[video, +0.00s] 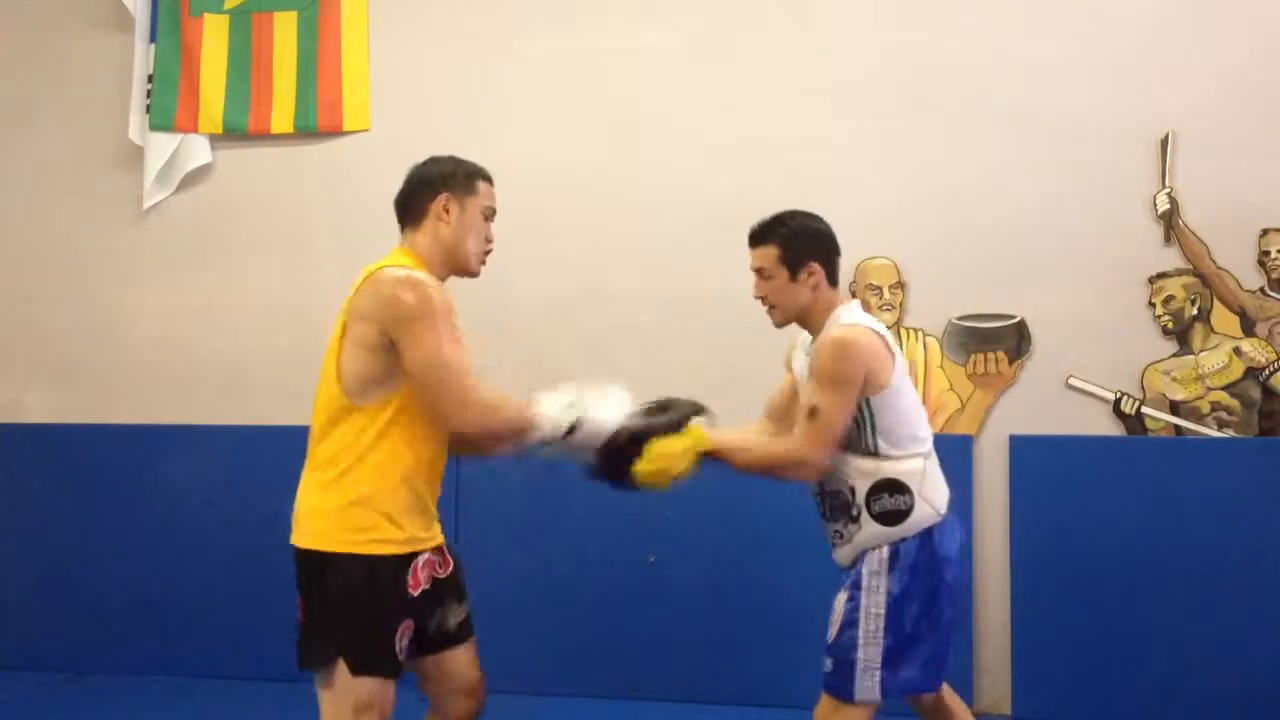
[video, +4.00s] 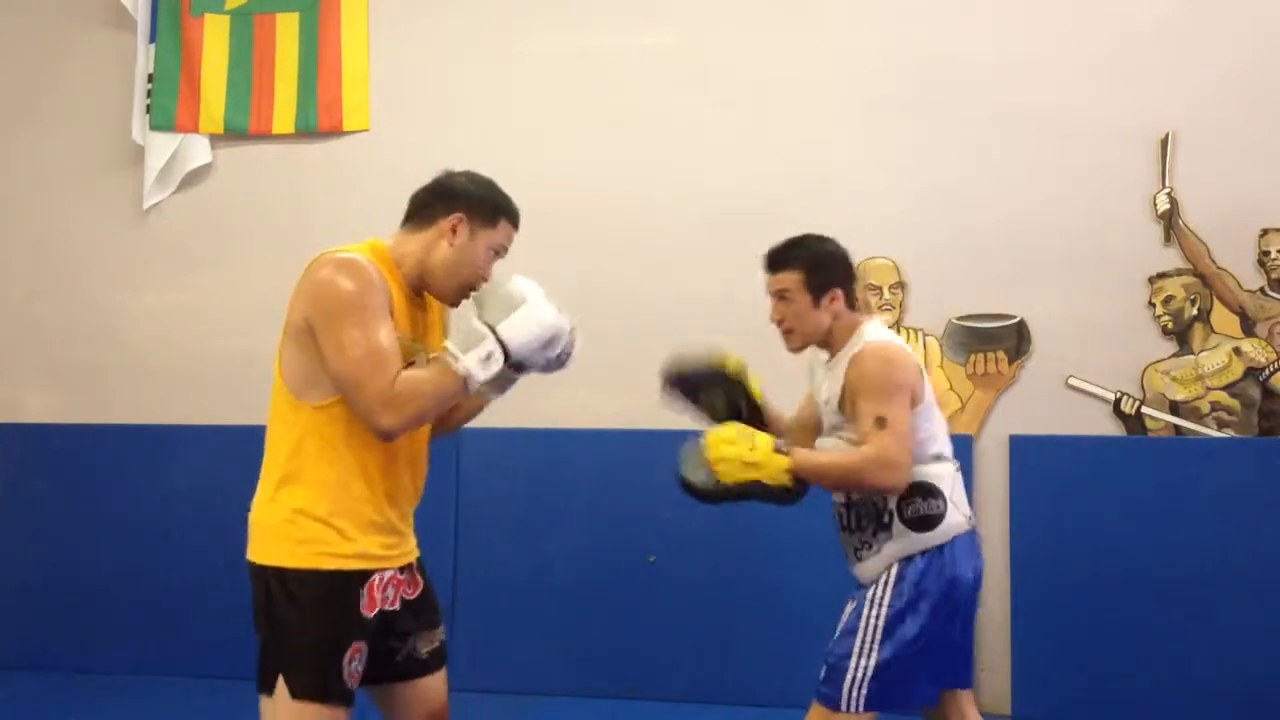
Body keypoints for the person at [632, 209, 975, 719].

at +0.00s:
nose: (756, 291)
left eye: (765, 275)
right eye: (755, 276)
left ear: (812, 277)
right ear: (809, 279)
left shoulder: (845, 343)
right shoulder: (809, 347)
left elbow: (808, 459)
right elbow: (773, 433)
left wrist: (708, 446)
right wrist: (698, 439)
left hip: (896, 543)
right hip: (897, 539)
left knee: (842, 708)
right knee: (925, 688)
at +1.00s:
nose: (835, 283)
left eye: (845, 267)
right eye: (835, 268)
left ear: (889, 272)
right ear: (890, 275)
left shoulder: (904, 333)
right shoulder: (922, 323)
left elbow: (967, 410)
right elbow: (931, 428)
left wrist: (909, 499)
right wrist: (876, 483)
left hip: (940, 538)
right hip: (967, 531)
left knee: (854, 703)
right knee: (981, 700)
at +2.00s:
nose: (766, 289)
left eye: (777, 274)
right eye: (767, 274)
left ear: (823, 279)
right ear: (827, 279)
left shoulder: (828, 344)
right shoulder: (885, 325)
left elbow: (753, 402)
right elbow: (909, 424)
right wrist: (829, 468)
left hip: (911, 550)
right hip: (970, 530)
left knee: (862, 708)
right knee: (986, 693)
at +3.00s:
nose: (754, 303)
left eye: (764, 287)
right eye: (753, 288)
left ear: (812, 290)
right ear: (812, 294)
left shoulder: (846, 359)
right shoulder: (851, 344)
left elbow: (848, 475)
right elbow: (837, 445)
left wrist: (742, 487)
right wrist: (757, 439)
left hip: (905, 558)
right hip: (941, 543)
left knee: (839, 709)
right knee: (964, 695)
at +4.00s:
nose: (773, 314)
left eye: (784, 299)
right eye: (773, 300)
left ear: (832, 300)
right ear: (830, 304)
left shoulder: (880, 358)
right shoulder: (830, 360)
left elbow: (889, 469)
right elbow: (799, 438)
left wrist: (781, 459)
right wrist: (746, 406)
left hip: (920, 559)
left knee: (836, 710)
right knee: (951, 702)